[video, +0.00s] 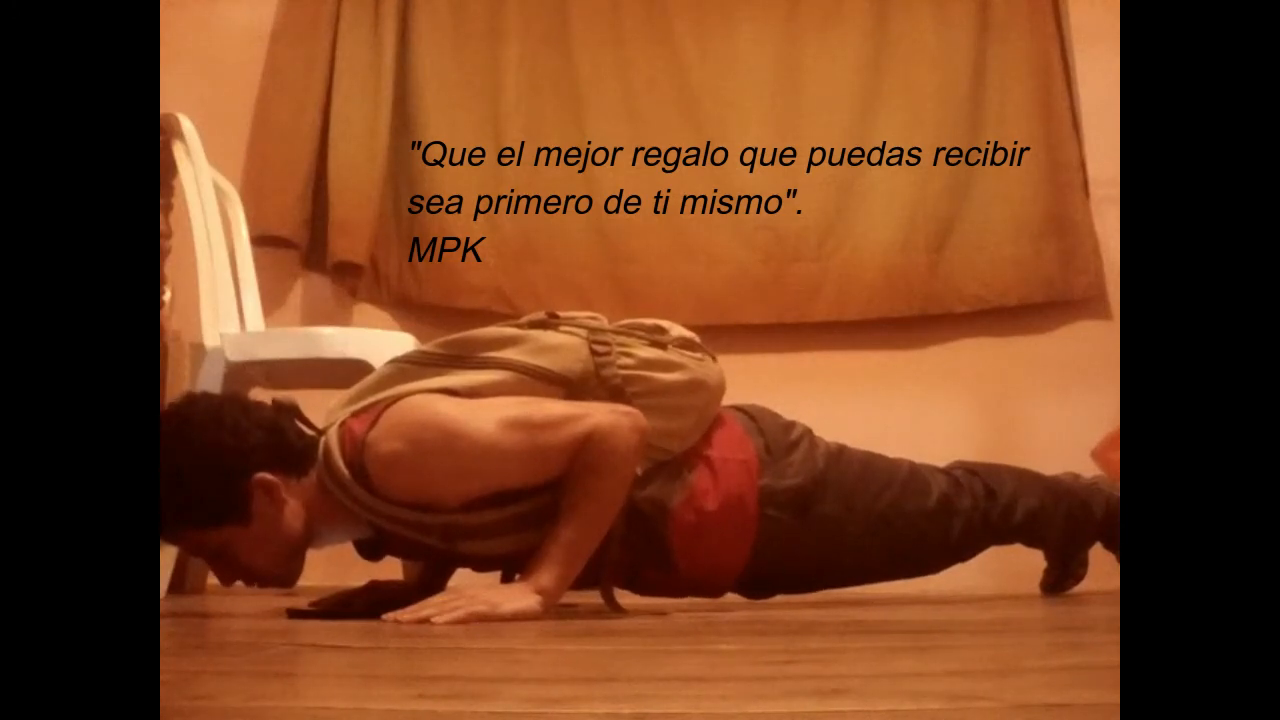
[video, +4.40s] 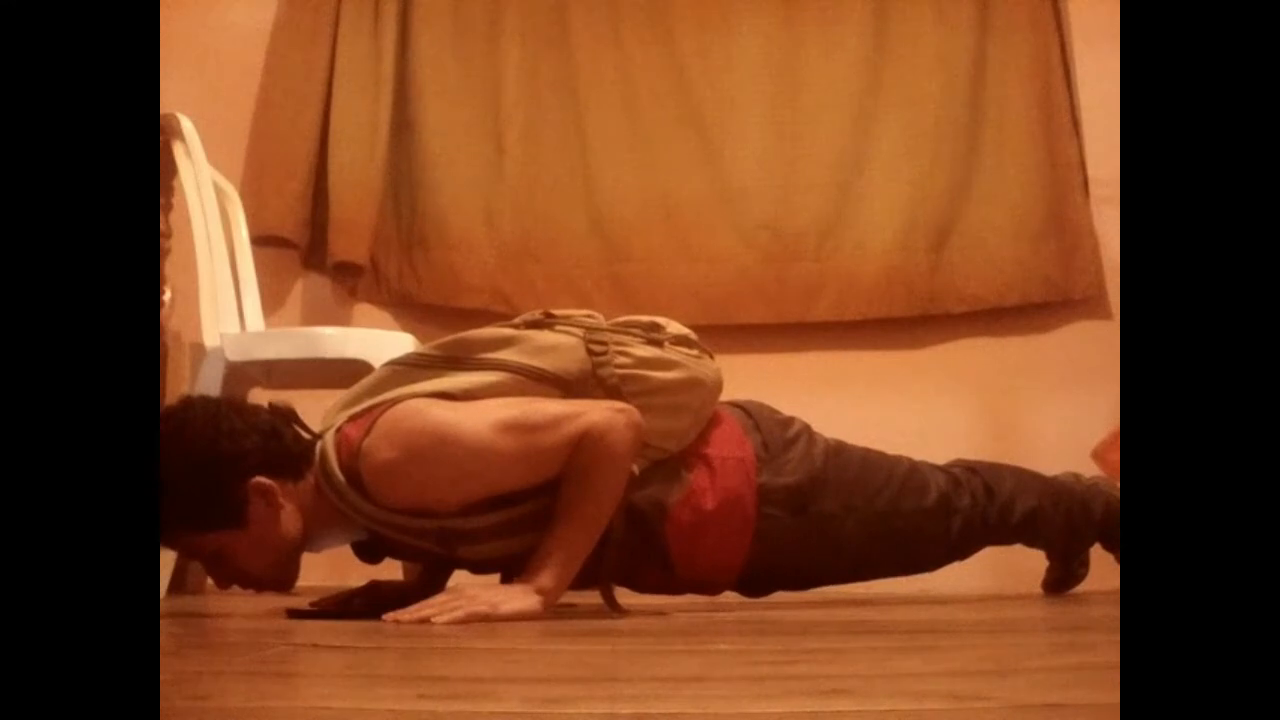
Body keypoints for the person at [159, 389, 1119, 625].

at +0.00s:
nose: (218, 574)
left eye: (213, 550)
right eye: (200, 559)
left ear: (262, 492)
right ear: (258, 478)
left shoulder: (400, 448)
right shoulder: (355, 461)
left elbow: (614, 439)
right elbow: (470, 534)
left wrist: (539, 588)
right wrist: (388, 588)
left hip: (739, 498)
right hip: (712, 503)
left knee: (949, 510)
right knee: (928, 506)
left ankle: (1095, 505)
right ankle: (1079, 504)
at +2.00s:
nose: (217, 576)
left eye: (211, 551)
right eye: (199, 560)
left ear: (262, 493)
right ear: (259, 482)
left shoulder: (397, 453)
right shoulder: (355, 460)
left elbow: (609, 437)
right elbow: (486, 529)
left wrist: (539, 588)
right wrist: (390, 585)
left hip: (737, 491)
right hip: (710, 500)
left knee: (943, 508)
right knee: (923, 505)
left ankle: (1095, 505)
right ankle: (1077, 505)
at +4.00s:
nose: (214, 579)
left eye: (208, 554)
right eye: (197, 563)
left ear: (259, 498)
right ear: (257, 482)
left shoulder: (394, 456)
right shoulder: (352, 464)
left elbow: (608, 438)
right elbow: (474, 530)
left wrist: (540, 589)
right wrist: (386, 588)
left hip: (736, 494)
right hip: (708, 500)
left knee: (945, 509)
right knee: (925, 505)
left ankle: (1093, 505)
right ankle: (1078, 503)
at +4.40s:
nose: (212, 579)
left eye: (206, 554)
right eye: (195, 563)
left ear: (258, 499)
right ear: (255, 482)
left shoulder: (394, 456)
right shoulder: (351, 459)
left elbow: (606, 437)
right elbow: (481, 522)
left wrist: (538, 589)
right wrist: (392, 583)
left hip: (735, 491)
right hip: (708, 498)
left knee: (944, 508)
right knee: (924, 506)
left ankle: (1094, 504)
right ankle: (1075, 505)